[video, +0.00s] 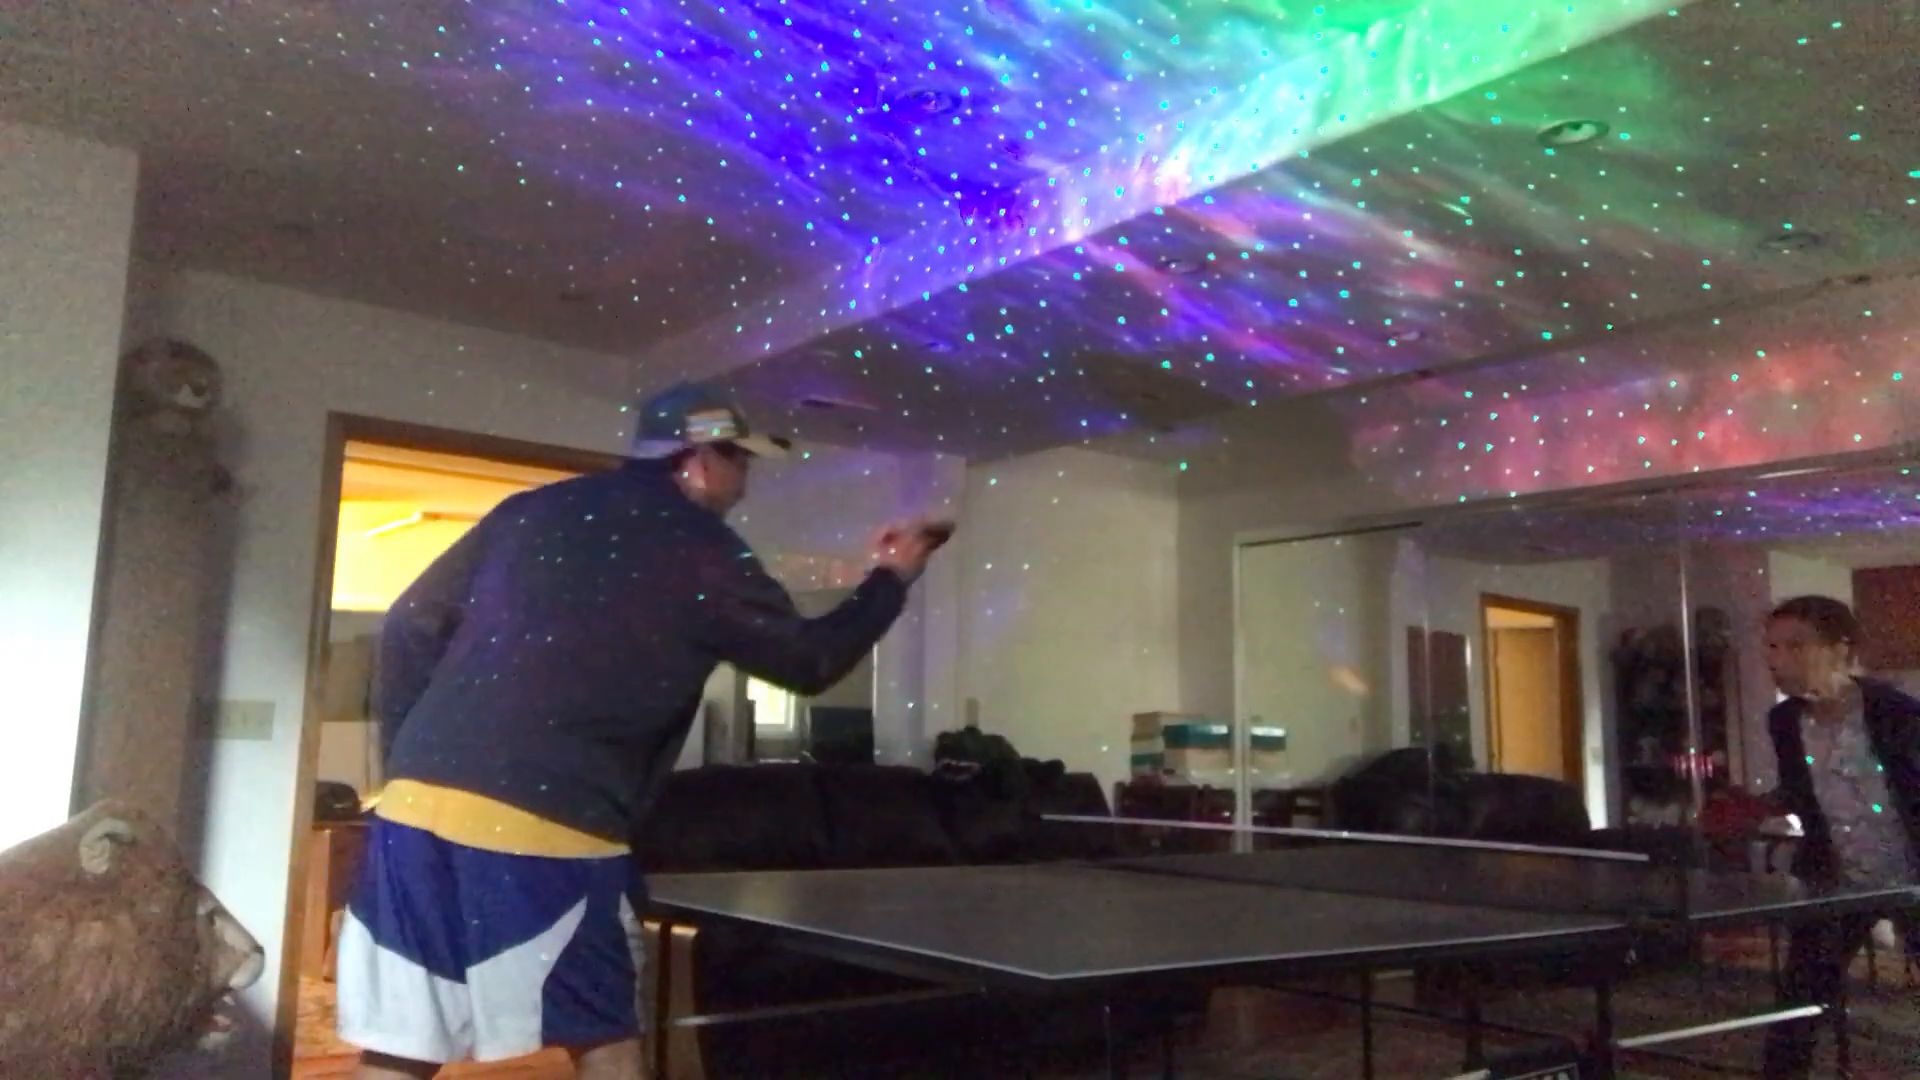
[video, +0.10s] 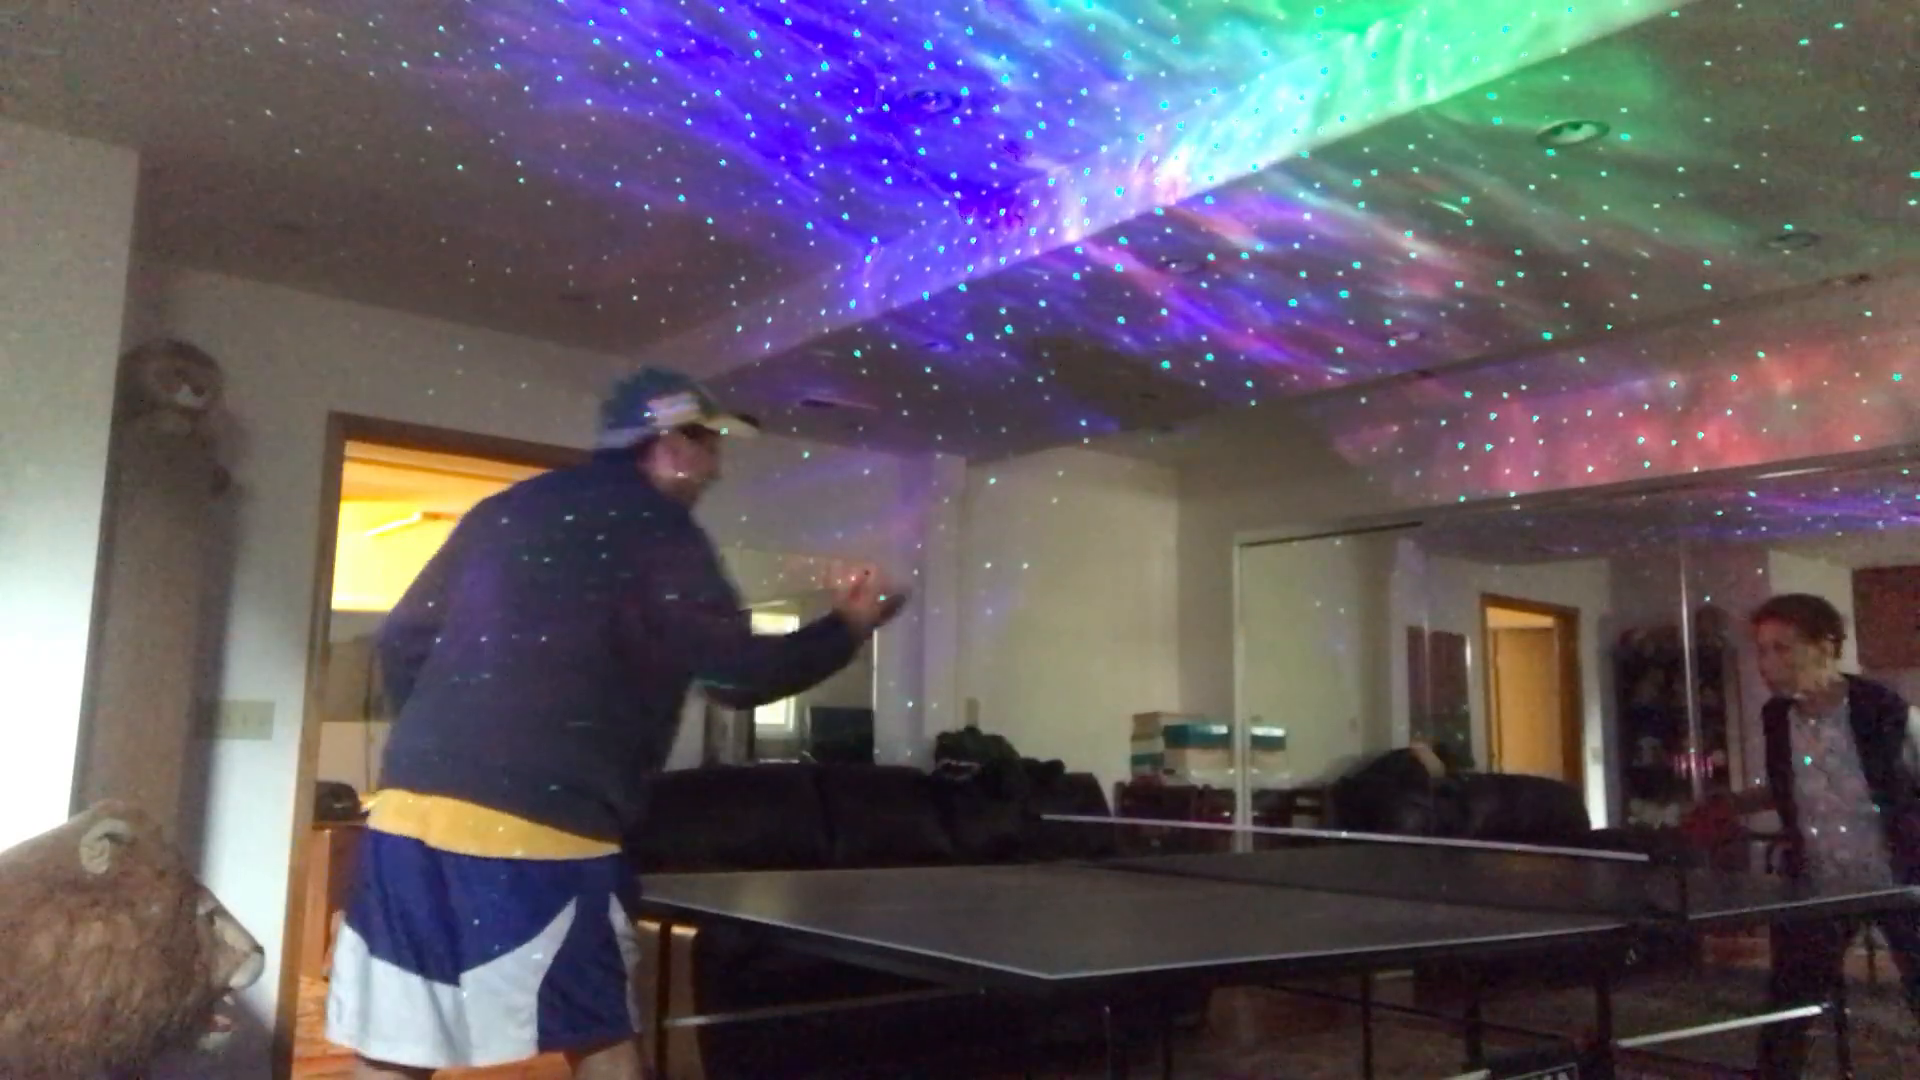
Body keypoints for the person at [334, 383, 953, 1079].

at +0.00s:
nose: (746, 478)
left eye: (746, 462)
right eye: (737, 460)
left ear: (658, 457)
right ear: (695, 463)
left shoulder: (529, 507)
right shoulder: (703, 552)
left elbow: (411, 621)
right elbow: (809, 661)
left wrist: (407, 764)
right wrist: (894, 574)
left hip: (408, 814)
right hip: (545, 834)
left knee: (397, 1059)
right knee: (604, 1061)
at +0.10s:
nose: (712, 463)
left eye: (715, 445)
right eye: (702, 442)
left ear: (620, 440)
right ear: (660, 444)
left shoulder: (504, 506)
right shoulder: (661, 528)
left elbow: (400, 637)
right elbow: (738, 672)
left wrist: (442, 745)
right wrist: (848, 623)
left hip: (405, 812)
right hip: (538, 826)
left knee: (391, 1058)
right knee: (606, 1055)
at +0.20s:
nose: (679, 447)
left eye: (677, 429)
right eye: (668, 427)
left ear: (587, 430)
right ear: (623, 434)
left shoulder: (468, 506)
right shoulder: (616, 515)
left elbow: (380, 653)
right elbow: (634, 665)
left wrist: (455, 727)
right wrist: (763, 685)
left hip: (389, 812)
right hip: (517, 822)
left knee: (394, 1057)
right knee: (588, 1058)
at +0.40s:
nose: (632, 424)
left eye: (630, 406)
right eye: (621, 405)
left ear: (541, 411)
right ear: (574, 412)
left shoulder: (440, 493)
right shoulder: (550, 489)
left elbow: (347, 646)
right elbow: (512, 650)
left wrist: (409, 749)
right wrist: (649, 724)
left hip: (354, 822)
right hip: (470, 828)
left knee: (364, 1062)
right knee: (546, 1058)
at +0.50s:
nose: (621, 423)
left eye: (621, 404)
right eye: (613, 402)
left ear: (529, 403)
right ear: (565, 404)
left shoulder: (423, 491)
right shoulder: (535, 487)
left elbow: (336, 642)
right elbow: (511, 652)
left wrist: (382, 757)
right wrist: (654, 714)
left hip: (345, 824)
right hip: (459, 829)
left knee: (348, 1062)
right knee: (530, 1061)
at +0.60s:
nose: (617, 416)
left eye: (615, 397)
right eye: (606, 395)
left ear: (527, 404)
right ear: (556, 404)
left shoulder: (421, 488)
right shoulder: (532, 487)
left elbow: (332, 643)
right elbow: (517, 659)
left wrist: (384, 754)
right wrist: (668, 711)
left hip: (340, 829)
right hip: (451, 835)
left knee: (351, 1060)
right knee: (505, 1058)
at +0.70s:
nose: (627, 418)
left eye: (625, 399)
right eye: (617, 398)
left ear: (530, 399)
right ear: (571, 401)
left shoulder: (427, 487)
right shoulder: (537, 488)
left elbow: (341, 640)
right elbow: (539, 665)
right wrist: (683, 704)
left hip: (340, 827)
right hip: (450, 834)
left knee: (340, 1060)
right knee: (487, 1063)